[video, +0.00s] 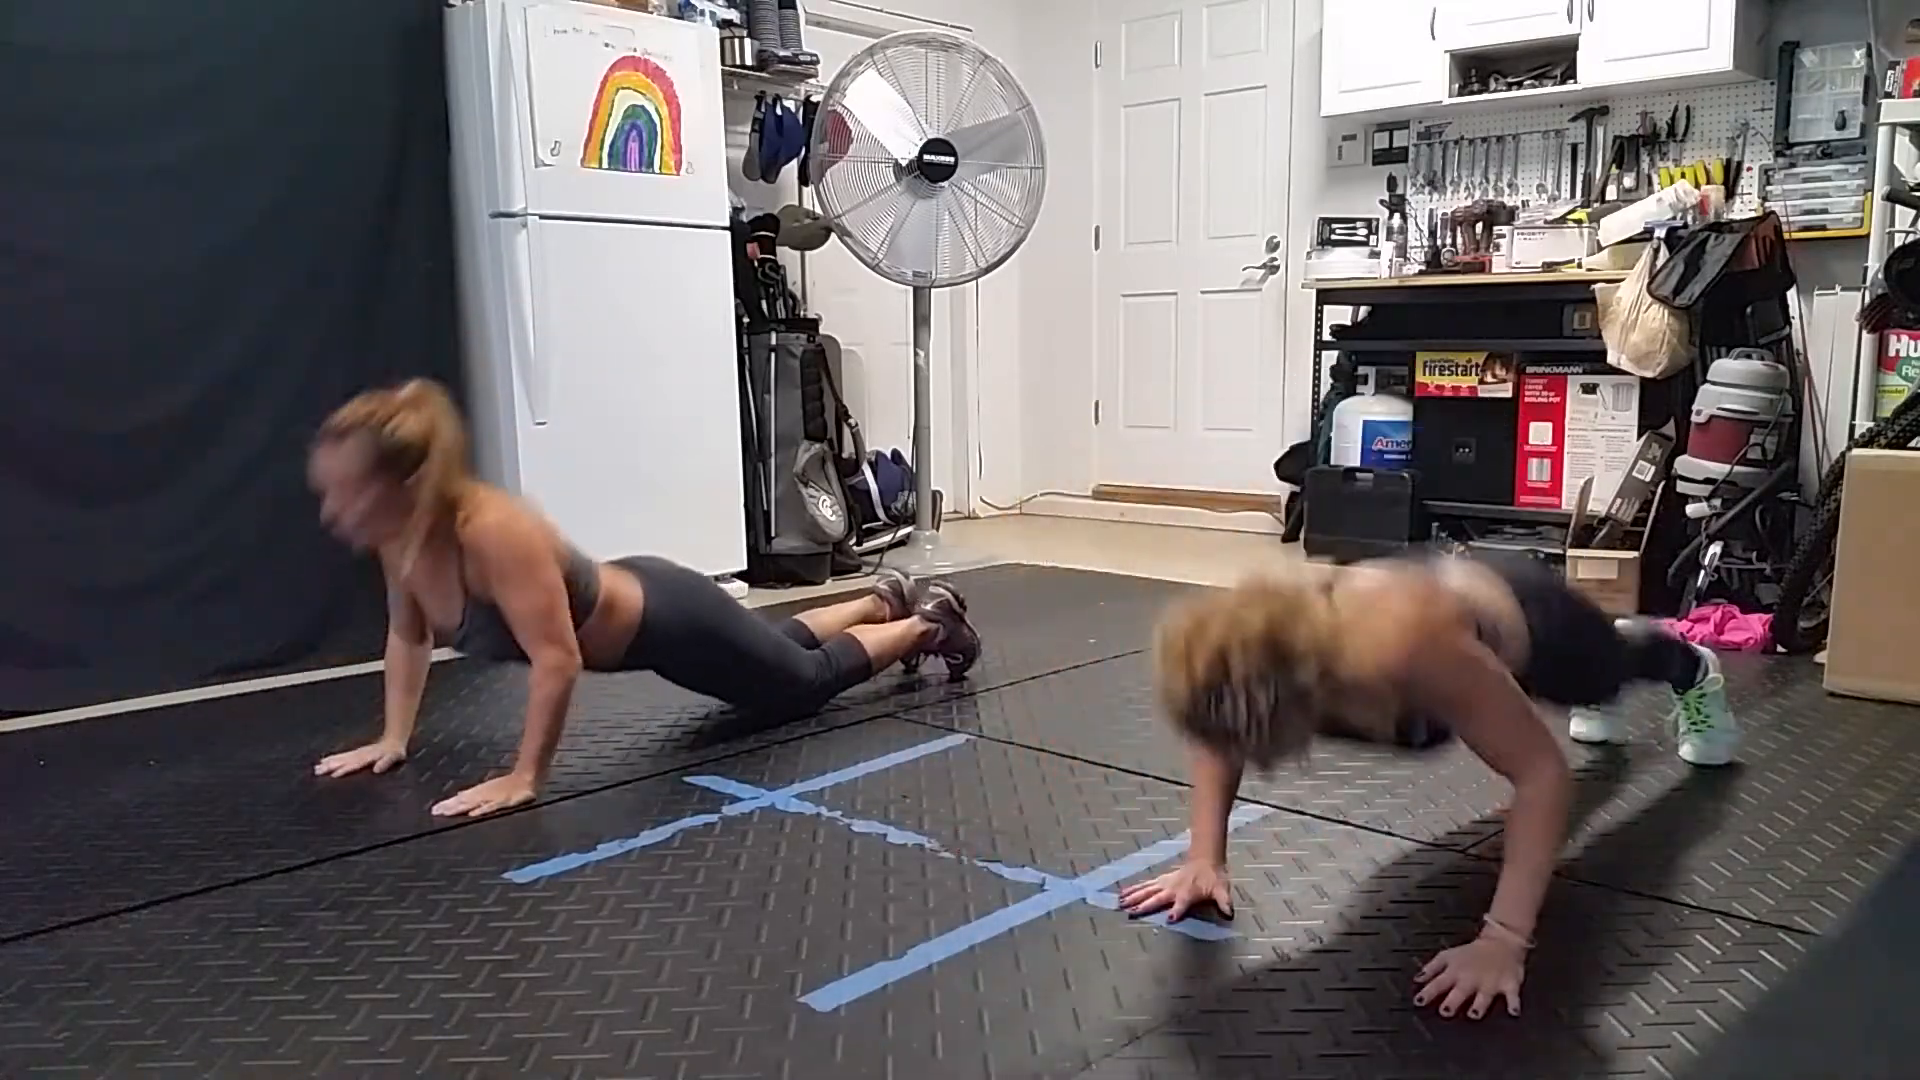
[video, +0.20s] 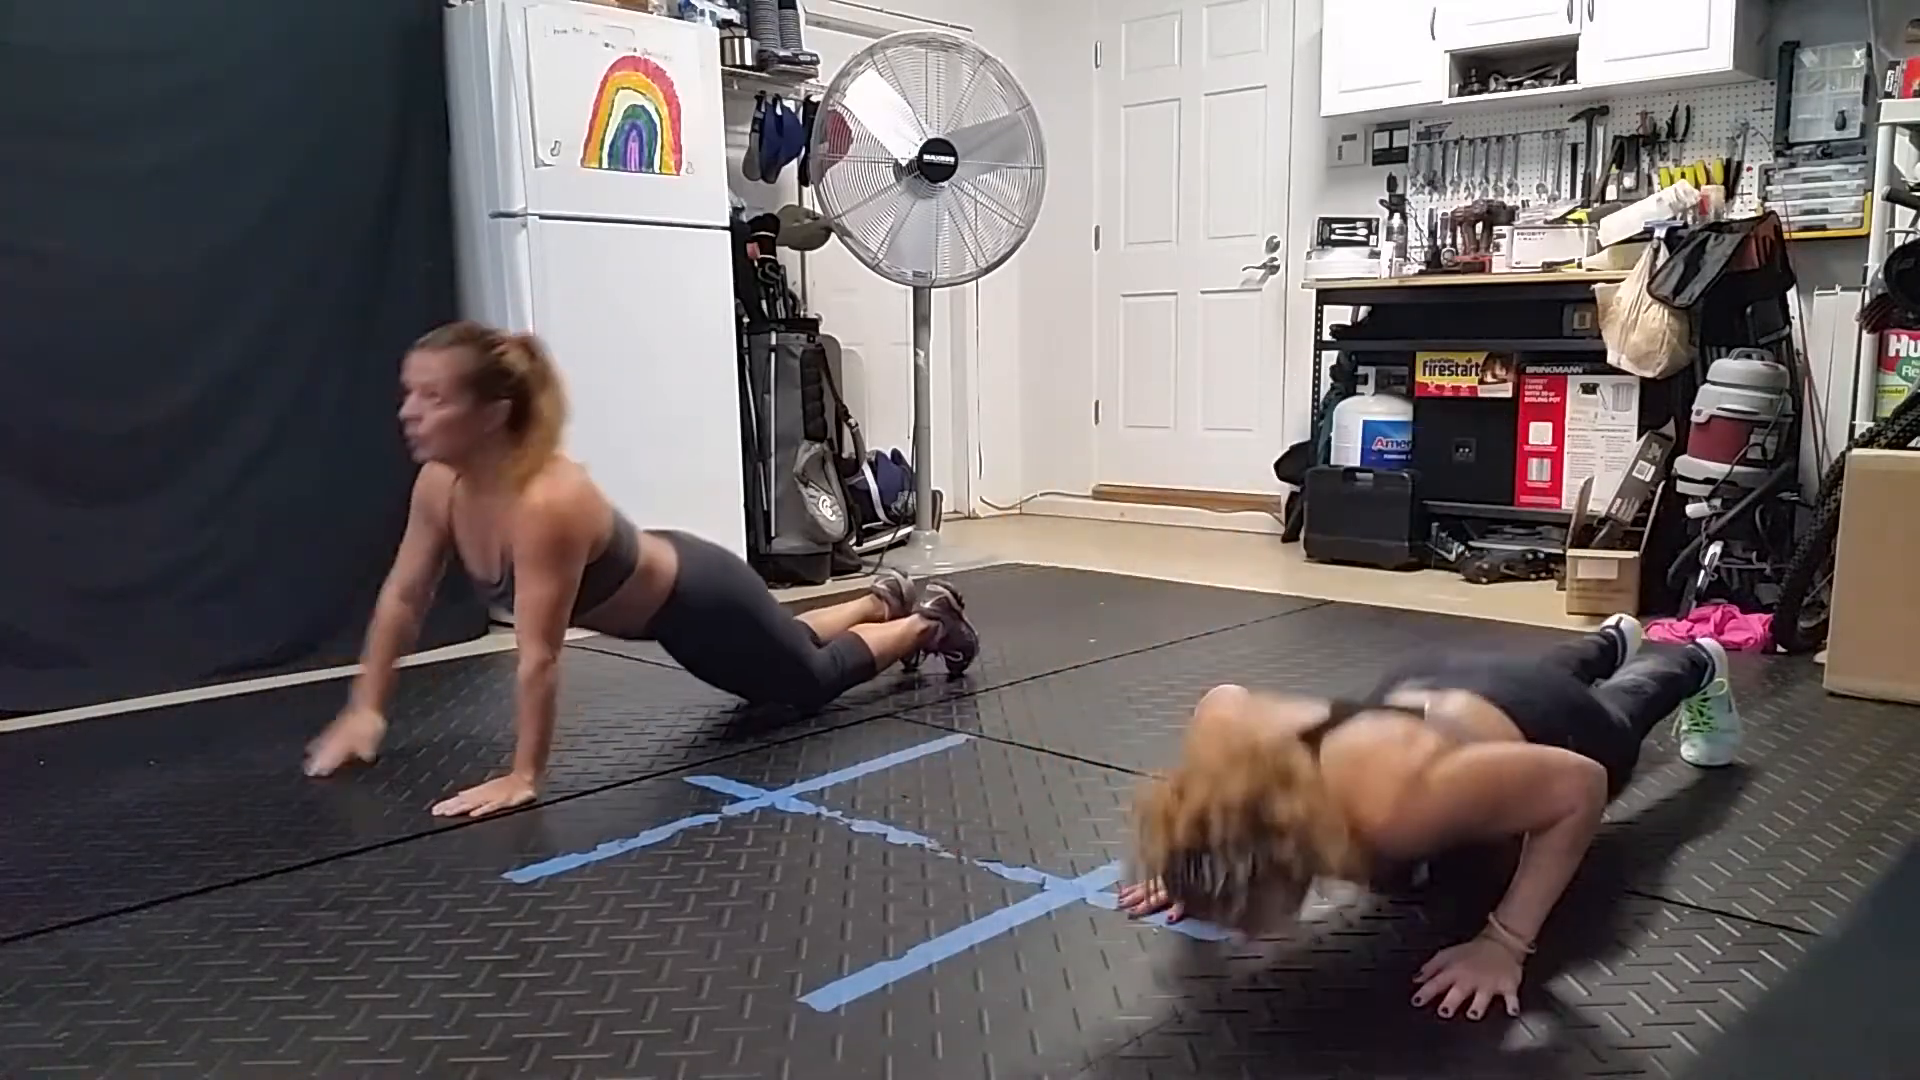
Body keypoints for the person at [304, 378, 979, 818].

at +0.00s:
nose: (326, 511)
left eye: (338, 494)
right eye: (322, 495)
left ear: (397, 482)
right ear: (376, 487)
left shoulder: (493, 530)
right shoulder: (399, 538)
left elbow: (556, 659)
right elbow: (409, 638)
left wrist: (524, 777)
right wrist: (394, 739)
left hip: (674, 623)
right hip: (632, 606)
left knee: (807, 680)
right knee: (773, 643)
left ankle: (924, 627)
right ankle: (878, 598)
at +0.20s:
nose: (409, 414)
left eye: (428, 401)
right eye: (407, 397)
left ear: (490, 412)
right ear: (426, 408)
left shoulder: (545, 506)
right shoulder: (439, 479)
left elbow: (541, 655)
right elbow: (403, 595)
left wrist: (525, 776)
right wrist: (365, 708)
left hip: (704, 602)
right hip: (666, 584)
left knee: (814, 679)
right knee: (775, 648)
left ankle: (924, 622)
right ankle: (877, 600)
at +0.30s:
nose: (436, 395)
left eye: (455, 384)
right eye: (436, 379)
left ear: (521, 406)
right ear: (458, 393)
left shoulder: (555, 506)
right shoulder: (457, 463)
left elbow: (545, 649)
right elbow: (363, 548)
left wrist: (525, 774)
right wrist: (280, 642)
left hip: (718, 602)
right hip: (682, 560)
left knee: (823, 676)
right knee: (785, 619)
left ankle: (924, 626)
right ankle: (882, 597)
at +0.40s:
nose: (450, 394)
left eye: (471, 381)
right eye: (450, 377)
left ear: (533, 399)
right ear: (458, 390)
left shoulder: (566, 504)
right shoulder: (462, 445)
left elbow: (548, 648)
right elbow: (335, 469)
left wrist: (525, 777)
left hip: (724, 592)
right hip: (683, 553)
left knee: (822, 682)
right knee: (778, 610)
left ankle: (924, 626)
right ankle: (880, 602)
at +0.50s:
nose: (452, 392)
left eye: (473, 380)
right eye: (453, 376)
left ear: (536, 403)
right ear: (464, 393)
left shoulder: (567, 502)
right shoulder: (459, 437)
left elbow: (549, 651)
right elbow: (320, 398)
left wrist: (526, 775)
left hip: (729, 590)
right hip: (683, 565)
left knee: (825, 679)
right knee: (783, 642)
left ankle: (929, 624)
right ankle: (887, 602)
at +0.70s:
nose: (454, 391)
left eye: (477, 379)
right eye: (454, 374)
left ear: (538, 401)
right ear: (457, 383)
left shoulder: (571, 504)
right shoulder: (464, 438)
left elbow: (549, 645)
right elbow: (324, 418)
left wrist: (525, 773)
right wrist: (182, 379)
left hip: (733, 593)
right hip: (689, 556)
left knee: (825, 681)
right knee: (785, 630)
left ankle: (929, 627)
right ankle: (890, 599)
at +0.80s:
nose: (456, 397)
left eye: (477, 383)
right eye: (455, 380)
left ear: (538, 401)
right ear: (460, 392)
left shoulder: (574, 502)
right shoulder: (465, 454)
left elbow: (553, 646)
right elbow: (346, 489)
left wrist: (526, 775)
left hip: (731, 595)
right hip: (690, 558)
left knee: (828, 680)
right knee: (787, 623)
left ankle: (926, 626)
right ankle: (882, 599)